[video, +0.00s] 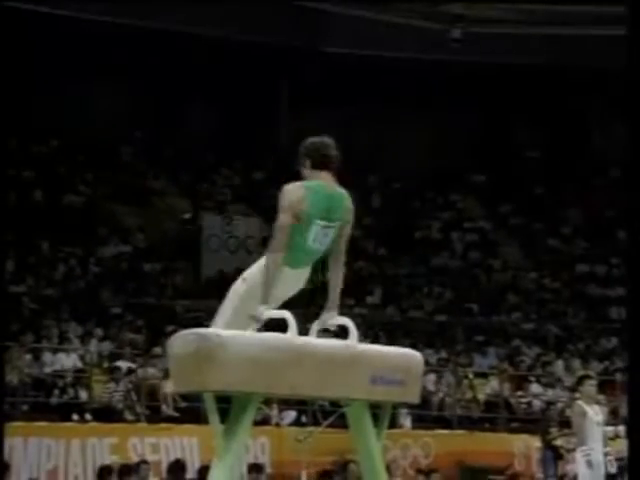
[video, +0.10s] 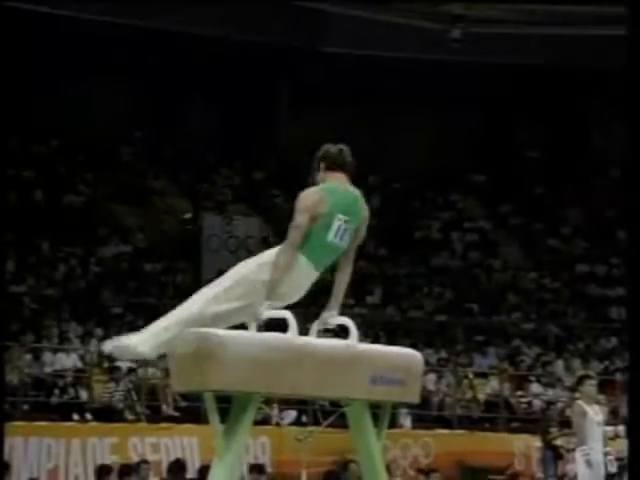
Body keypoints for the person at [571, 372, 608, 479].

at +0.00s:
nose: (594, 389)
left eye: (595, 385)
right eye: (590, 385)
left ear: (597, 388)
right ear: (580, 388)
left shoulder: (597, 408)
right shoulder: (578, 407)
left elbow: (598, 431)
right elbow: (579, 433)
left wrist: (616, 431)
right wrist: (585, 455)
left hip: (599, 453)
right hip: (587, 454)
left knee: (599, 475)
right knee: (588, 475)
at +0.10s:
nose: (594, 389)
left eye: (595, 385)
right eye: (590, 385)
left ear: (597, 388)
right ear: (580, 388)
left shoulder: (597, 408)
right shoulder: (578, 406)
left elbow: (599, 431)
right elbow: (579, 433)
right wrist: (585, 454)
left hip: (598, 452)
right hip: (587, 453)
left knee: (599, 474)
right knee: (587, 475)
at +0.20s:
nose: (593, 388)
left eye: (594, 385)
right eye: (590, 385)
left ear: (596, 387)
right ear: (580, 388)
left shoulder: (596, 407)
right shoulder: (578, 406)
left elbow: (598, 430)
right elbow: (579, 431)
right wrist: (584, 454)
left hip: (598, 450)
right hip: (587, 452)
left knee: (599, 474)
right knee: (587, 475)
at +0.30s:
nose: (593, 388)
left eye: (594, 385)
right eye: (589, 385)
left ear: (596, 387)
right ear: (580, 388)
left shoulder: (596, 407)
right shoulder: (578, 406)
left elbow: (598, 430)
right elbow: (578, 431)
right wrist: (584, 454)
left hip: (598, 449)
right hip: (586, 451)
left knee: (599, 474)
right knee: (587, 475)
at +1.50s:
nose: (590, 387)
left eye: (591, 384)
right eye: (586, 384)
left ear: (593, 386)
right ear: (577, 387)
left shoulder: (592, 405)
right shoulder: (575, 404)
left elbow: (594, 428)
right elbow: (574, 429)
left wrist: (610, 428)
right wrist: (580, 452)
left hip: (594, 448)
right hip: (583, 450)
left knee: (594, 474)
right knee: (583, 475)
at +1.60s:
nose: (590, 387)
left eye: (591, 384)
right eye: (586, 384)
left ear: (594, 386)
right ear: (577, 387)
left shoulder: (592, 405)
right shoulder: (574, 404)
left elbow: (596, 429)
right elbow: (574, 428)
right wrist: (580, 450)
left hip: (594, 449)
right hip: (583, 450)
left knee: (594, 474)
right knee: (583, 475)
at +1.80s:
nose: (591, 388)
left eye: (591, 384)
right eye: (587, 384)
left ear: (594, 386)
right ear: (577, 387)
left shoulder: (592, 405)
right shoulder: (574, 404)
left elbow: (595, 430)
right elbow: (574, 428)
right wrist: (580, 450)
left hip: (594, 449)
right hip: (583, 451)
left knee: (594, 474)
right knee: (583, 475)